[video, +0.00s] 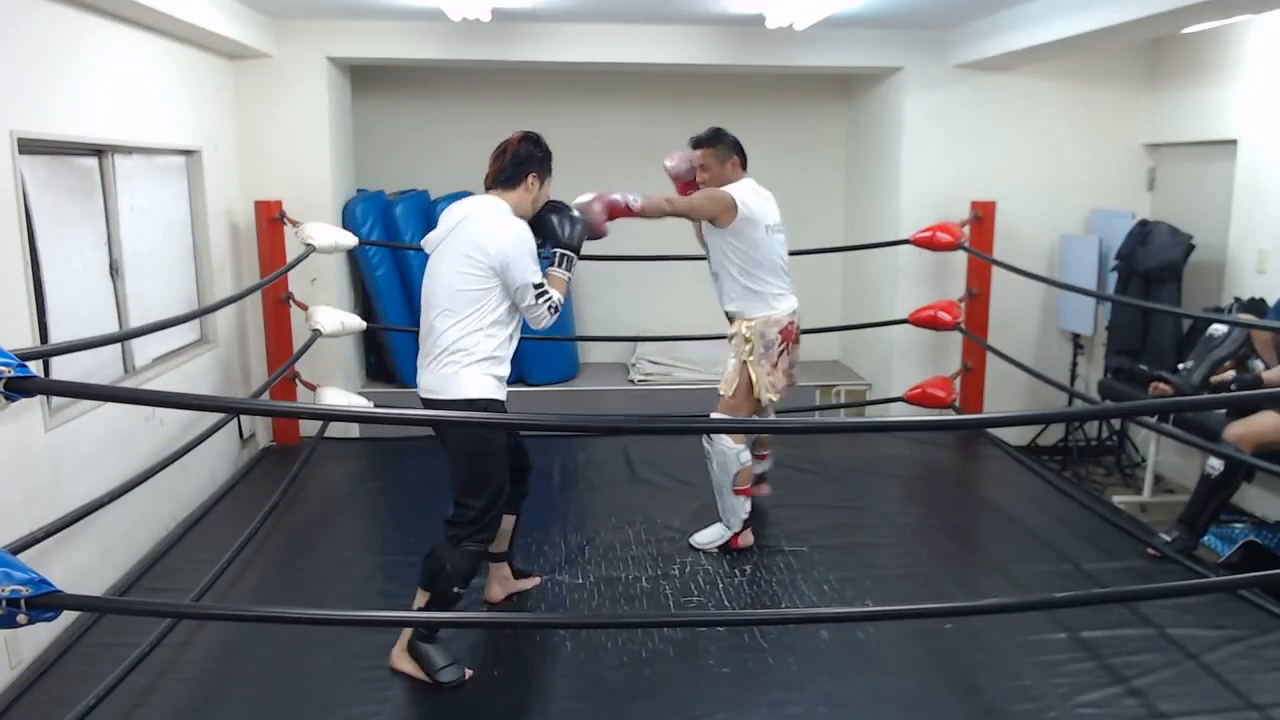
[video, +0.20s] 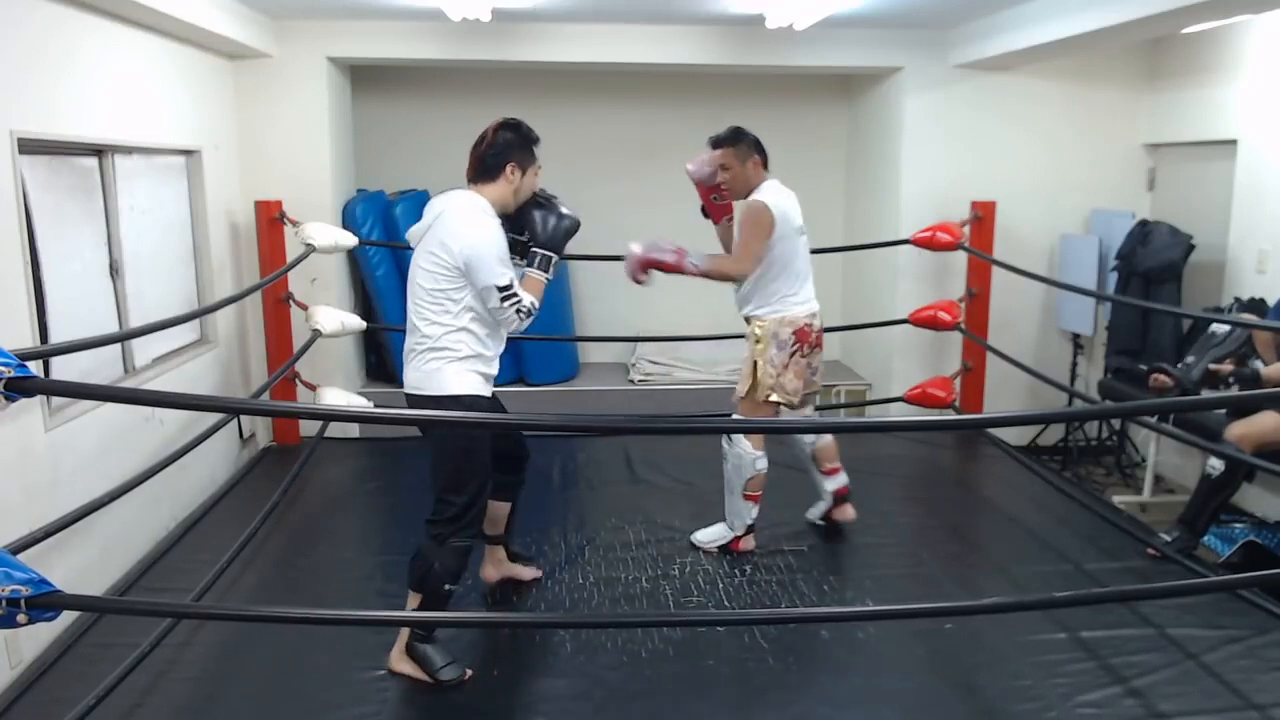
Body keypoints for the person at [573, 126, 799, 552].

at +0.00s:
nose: (698, 179)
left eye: (705, 168)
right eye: (696, 170)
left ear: (733, 165)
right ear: (739, 168)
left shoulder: (728, 199)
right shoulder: (760, 197)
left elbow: (669, 206)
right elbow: (715, 243)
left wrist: (612, 204)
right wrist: (685, 186)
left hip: (757, 327)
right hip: (778, 322)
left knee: (723, 432)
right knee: (758, 407)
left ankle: (735, 526)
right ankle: (758, 474)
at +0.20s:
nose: (720, 179)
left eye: (727, 168)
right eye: (717, 171)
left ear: (755, 163)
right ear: (758, 167)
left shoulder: (760, 205)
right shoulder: (779, 198)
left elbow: (738, 267)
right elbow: (738, 255)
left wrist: (679, 261)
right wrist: (712, 198)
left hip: (776, 332)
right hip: (801, 326)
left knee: (746, 429)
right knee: (801, 417)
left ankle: (740, 529)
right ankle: (839, 501)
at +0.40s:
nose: (748, 189)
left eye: (755, 179)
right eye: (744, 181)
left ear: (783, 175)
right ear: (779, 179)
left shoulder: (791, 221)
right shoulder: (791, 212)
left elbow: (797, 287)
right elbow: (750, 259)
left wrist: (736, 283)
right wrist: (733, 216)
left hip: (804, 349)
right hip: (822, 345)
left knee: (733, 429)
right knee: (823, 427)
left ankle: (735, 531)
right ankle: (852, 510)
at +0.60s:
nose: (741, 205)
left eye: (749, 195)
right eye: (738, 197)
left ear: (781, 192)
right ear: (784, 195)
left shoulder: (778, 233)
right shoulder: (812, 226)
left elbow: (735, 272)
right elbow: (771, 269)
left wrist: (696, 235)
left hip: (801, 365)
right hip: (838, 361)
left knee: (715, 440)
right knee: (816, 430)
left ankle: (698, 549)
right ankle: (853, 515)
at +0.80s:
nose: (714, 196)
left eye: (719, 185)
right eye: (713, 186)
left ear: (748, 180)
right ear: (757, 183)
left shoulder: (736, 220)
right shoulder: (806, 219)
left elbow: (659, 237)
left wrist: (600, 226)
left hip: (773, 364)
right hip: (827, 359)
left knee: (708, 461)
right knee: (834, 448)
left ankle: (692, 571)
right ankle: (873, 547)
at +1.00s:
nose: (737, 190)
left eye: (741, 178)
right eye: (736, 179)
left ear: (772, 173)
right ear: (785, 176)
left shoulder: (756, 230)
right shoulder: (832, 222)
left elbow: (737, 309)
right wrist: (750, 221)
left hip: (768, 378)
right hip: (832, 377)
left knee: (720, 478)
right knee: (845, 489)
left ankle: (685, 578)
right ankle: (872, 607)